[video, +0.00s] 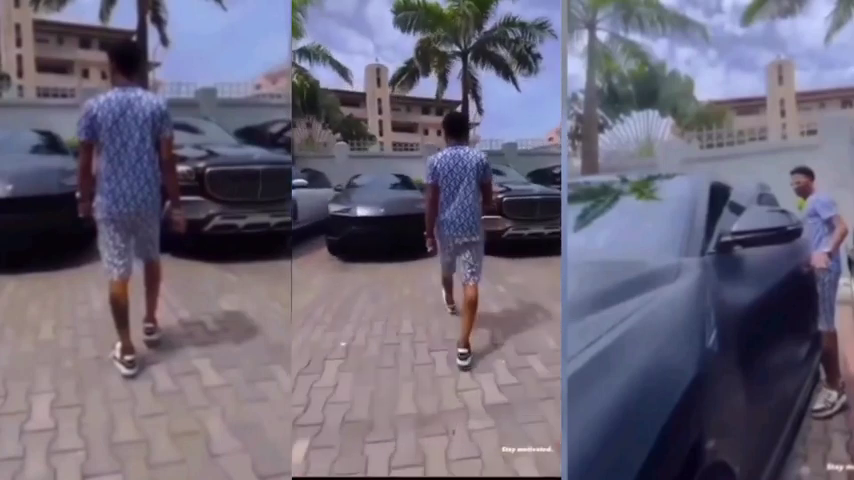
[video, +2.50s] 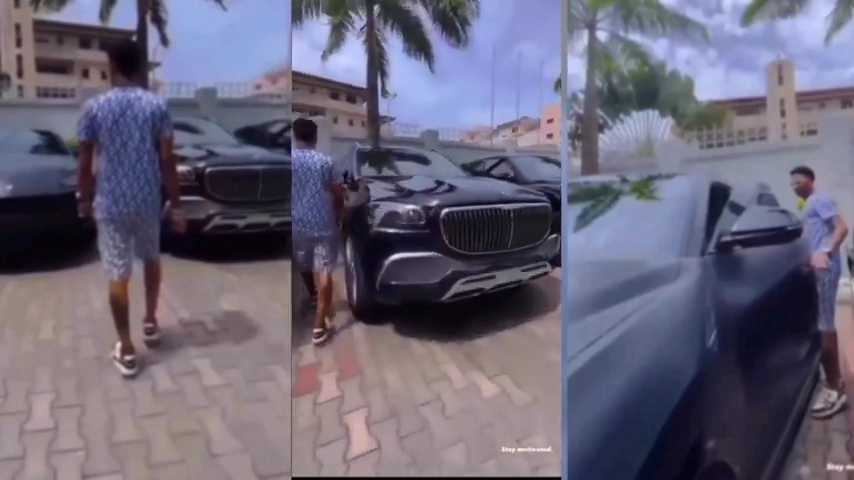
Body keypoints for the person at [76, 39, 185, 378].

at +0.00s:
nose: (110, 72)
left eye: (110, 66)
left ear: (112, 68)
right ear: (142, 67)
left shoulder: (96, 107)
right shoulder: (156, 106)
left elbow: (85, 161)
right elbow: (167, 160)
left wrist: (85, 199)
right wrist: (175, 202)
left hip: (110, 201)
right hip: (147, 200)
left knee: (118, 273)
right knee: (151, 260)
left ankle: (125, 348)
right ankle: (150, 319)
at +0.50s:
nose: (110, 71)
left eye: (110, 66)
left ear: (112, 68)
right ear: (142, 67)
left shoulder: (95, 107)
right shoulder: (156, 106)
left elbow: (85, 161)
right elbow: (167, 160)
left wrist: (84, 199)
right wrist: (175, 202)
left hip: (110, 201)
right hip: (147, 200)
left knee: (118, 273)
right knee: (151, 260)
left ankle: (125, 348)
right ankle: (150, 319)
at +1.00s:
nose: (110, 71)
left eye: (110, 66)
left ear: (112, 68)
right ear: (142, 67)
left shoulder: (95, 107)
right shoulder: (156, 106)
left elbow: (85, 161)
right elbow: (167, 160)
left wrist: (84, 199)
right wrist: (175, 202)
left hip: (110, 201)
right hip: (147, 200)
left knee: (118, 273)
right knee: (151, 260)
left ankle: (125, 348)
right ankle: (150, 319)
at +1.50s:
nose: (110, 71)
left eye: (110, 66)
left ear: (112, 68)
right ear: (142, 67)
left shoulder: (95, 107)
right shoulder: (156, 106)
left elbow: (85, 161)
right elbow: (167, 160)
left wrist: (84, 199)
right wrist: (175, 202)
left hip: (110, 201)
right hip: (147, 200)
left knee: (118, 273)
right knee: (151, 260)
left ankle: (125, 348)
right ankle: (150, 319)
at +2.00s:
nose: (110, 71)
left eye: (110, 66)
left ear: (112, 68)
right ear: (142, 67)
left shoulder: (95, 107)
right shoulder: (156, 106)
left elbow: (85, 161)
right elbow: (167, 160)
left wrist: (84, 199)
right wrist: (175, 202)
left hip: (110, 201)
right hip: (147, 200)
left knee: (118, 273)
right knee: (151, 260)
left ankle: (125, 348)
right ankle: (150, 319)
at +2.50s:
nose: (110, 71)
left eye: (110, 66)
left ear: (112, 68)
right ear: (142, 67)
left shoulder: (95, 107)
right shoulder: (156, 106)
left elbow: (85, 161)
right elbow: (167, 160)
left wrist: (84, 199)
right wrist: (175, 202)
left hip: (110, 202)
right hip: (147, 200)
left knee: (118, 273)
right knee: (151, 260)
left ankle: (125, 348)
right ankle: (150, 319)